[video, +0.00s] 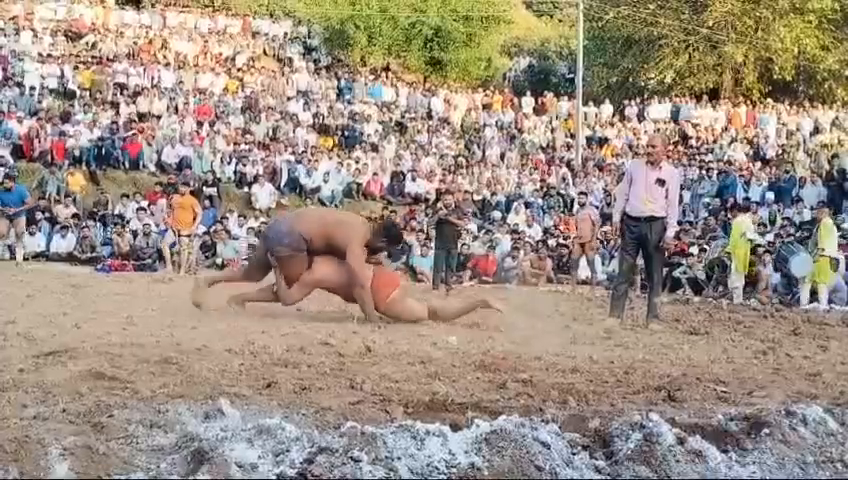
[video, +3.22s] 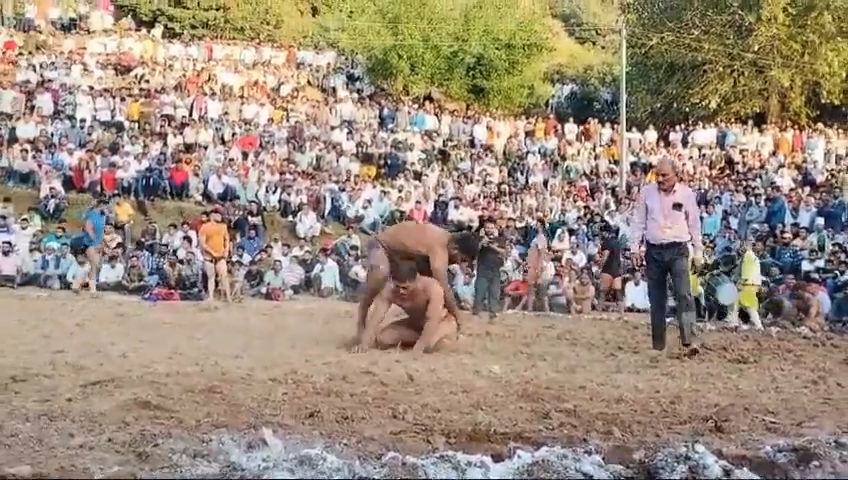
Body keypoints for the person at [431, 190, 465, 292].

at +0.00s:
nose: (447, 202)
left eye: (449, 199)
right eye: (445, 200)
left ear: (453, 200)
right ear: (442, 201)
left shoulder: (458, 211)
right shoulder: (438, 211)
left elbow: (464, 223)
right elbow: (430, 222)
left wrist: (450, 219)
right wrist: (438, 215)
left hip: (453, 241)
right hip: (440, 241)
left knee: (451, 266)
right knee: (438, 266)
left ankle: (449, 285)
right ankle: (436, 285)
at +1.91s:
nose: (459, 200)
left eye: (462, 198)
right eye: (458, 197)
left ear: (465, 198)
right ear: (454, 198)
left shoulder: (469, 211)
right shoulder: (449, 209)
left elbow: (473, 222)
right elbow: (441, 222)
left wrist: (462, 217)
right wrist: (449, 214)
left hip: (463, 240)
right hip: (451, 238)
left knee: (459, 265)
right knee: (447, 263)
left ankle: (455, 284)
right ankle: (442, 283)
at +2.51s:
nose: (472, 205)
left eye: (474, 203)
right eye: (470, 203)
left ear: (477, 204)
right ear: (466, 203)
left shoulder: (481, 216)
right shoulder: (461, 215)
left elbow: (485, 228)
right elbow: (454, 227)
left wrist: (474, 222)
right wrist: (463, 218)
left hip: (475, 246)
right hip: (463, 245)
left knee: (472, 269)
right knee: (459, 268)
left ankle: (469, 288)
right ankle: (455, 287)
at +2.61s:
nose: (484, 209)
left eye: (486, 207)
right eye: (482, 206)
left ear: (490, 207)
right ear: (478, 207)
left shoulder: (493, 220)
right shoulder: (473, 219)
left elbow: (498, 231)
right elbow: (466, 231)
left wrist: (485, 226)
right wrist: (475, 223)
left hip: (488, 250)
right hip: (475, 249)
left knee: (484, 274)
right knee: (472, 272)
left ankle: (481, 292)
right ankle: (467, 290)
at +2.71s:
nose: (496, 214)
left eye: (498, 212)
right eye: (494, 212)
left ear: (502, 213)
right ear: (492, 212)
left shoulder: (507, 225)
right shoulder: (487, 224)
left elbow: (511, 237)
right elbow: (479, 236)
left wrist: (500, 232)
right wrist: (488, 228)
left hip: (501, 256)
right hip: (489, 255)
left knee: (497, 279)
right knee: (485, 278)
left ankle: (494, 297)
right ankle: (480, 295)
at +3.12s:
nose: (494, 228)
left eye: (496, 226)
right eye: (491, 226)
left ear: (500, 226)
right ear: (488, 227)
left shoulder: (505, 238)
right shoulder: (485, 238)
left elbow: (510, 251)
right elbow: (479, 248)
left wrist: (496, 245)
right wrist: (486, 241)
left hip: (499, 267)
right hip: (487, 266)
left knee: (498, 290)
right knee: (484, 288)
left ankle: (496, 309)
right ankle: (480, 307)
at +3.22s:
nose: (490, 230)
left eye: (492, 228)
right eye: (487, 228)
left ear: (496, 228)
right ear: (484, 229)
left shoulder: (501, 240)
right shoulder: (481, 239)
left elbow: (506, 253)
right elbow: (474, 251)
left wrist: (493, 247)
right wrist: (481, 243)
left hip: (495, 269)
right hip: (483, 268)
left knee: (495, 292)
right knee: (480, 290)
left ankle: (493, 312)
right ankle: (477, 310)